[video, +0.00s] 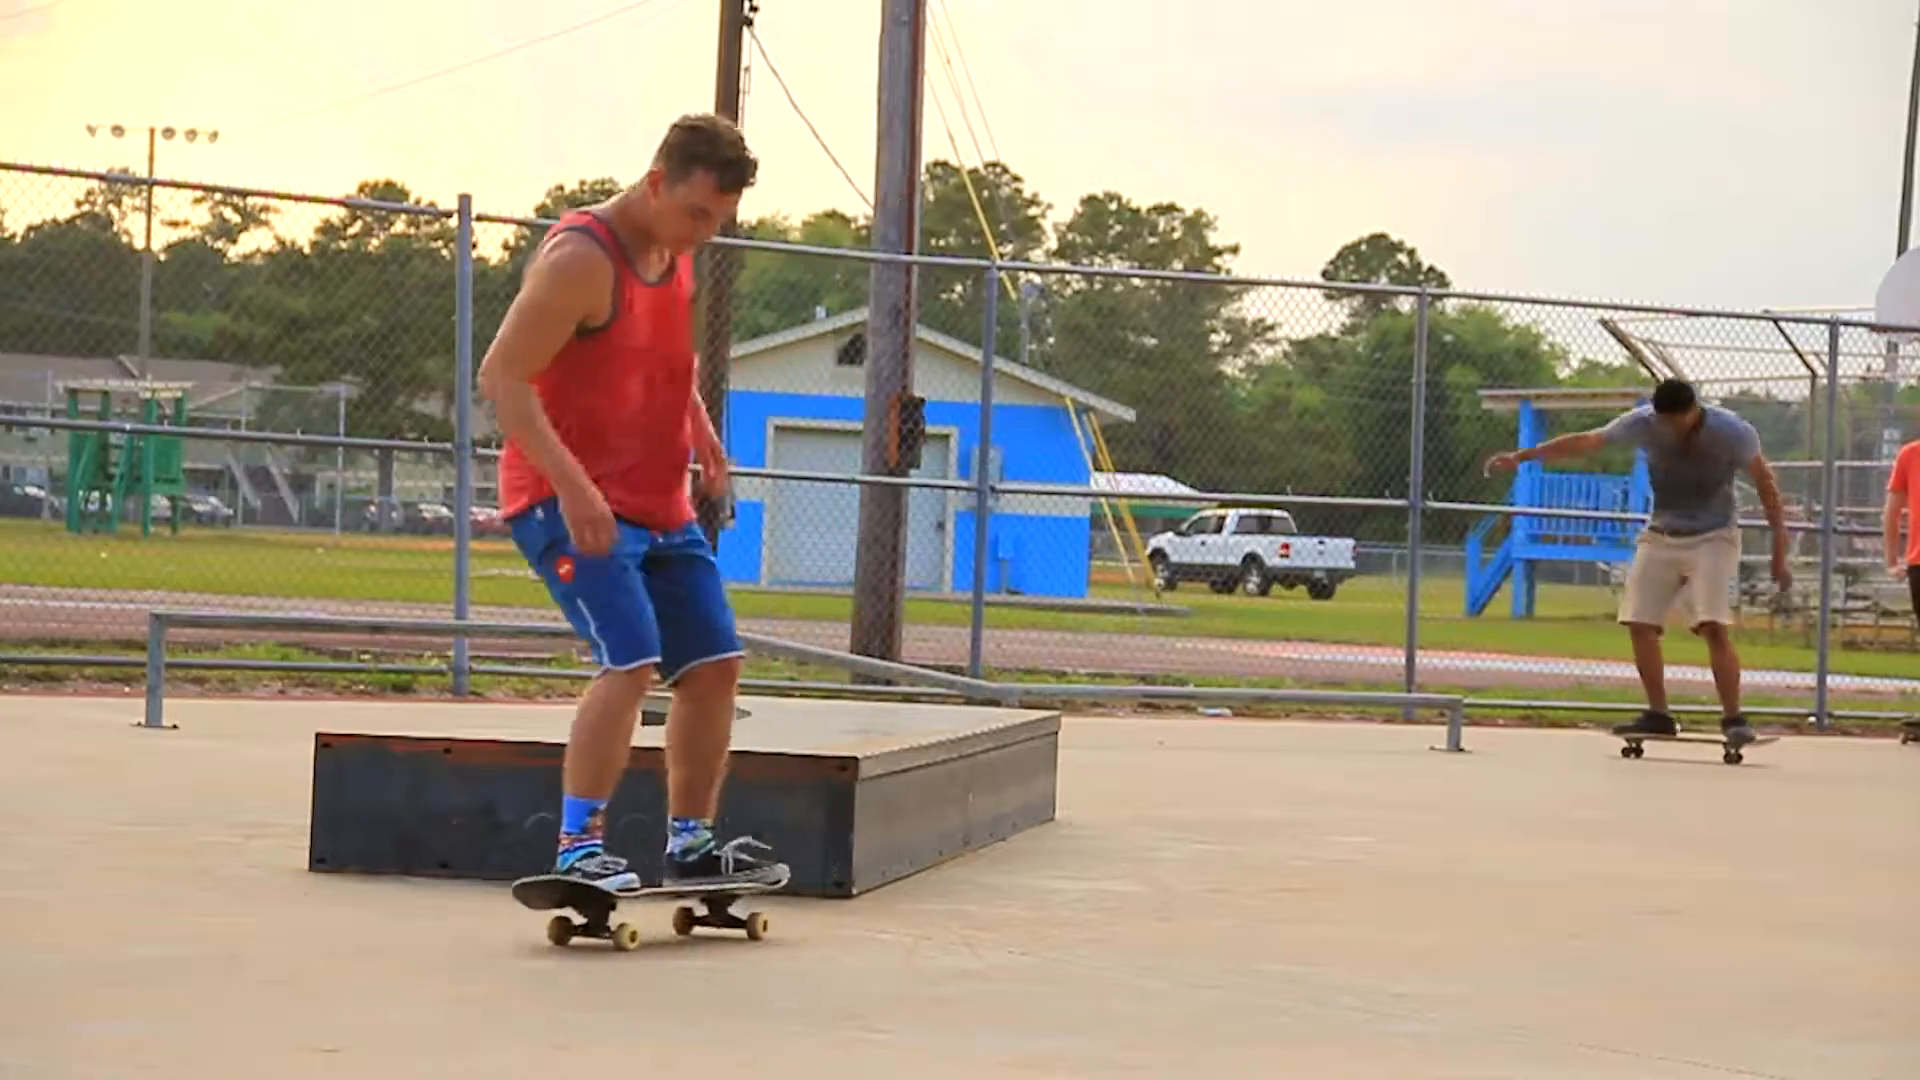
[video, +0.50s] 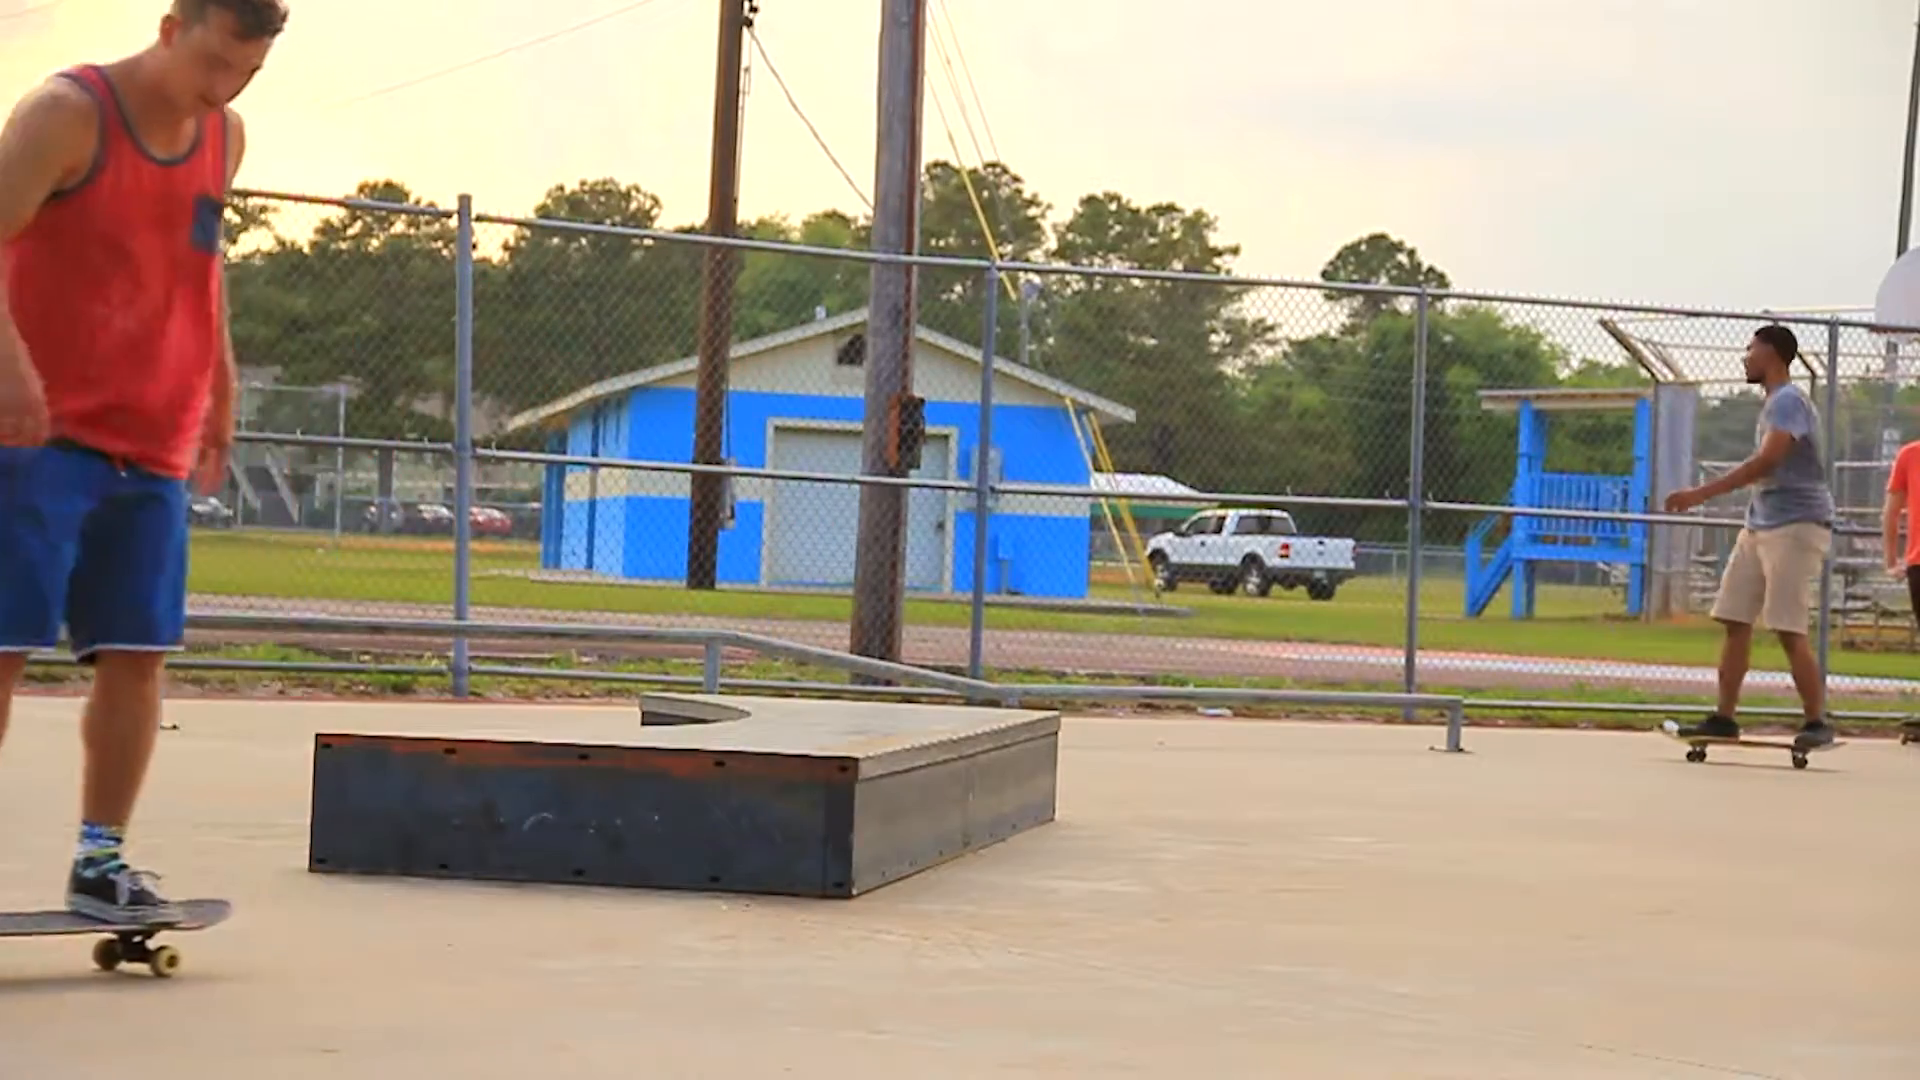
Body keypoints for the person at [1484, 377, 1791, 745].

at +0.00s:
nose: (1674, 432)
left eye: (1681, 425)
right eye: (1666, 425)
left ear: (1696, 411)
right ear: (1656, 414)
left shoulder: (1732, 432)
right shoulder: (1644, 423)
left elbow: (1766, 485)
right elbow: (1585, 443)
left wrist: (1780, 553)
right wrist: (1523, 455)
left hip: (1713, 539)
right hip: (1661, 537)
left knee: (1714, 626)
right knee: (1639, 623)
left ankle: (1734, 720)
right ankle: (1658, 715)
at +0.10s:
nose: (1690, 405)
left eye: (1696, 399)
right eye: (1684, 398)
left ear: (1717, 388)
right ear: (1679, 391)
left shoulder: (1750, 424)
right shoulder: (1667, 410)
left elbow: (1762, 495)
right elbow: (1614, 431)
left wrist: (1750, 557)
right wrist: (1549, 442)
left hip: (1733, 538)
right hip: (1678, 536)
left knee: (1742, 630)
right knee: (1664, 624)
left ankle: (1757, 720)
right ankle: (1681, 716)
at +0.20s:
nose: (1703, 387)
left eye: (1709, 379)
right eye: (1699, 379)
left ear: (1733, 373)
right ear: (1698, 374)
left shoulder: (1764, 417)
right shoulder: (1693, 403)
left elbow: (1757, 494)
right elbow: (1649, 435)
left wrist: (1717, 537)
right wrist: (1591, 457)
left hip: (1748, 531)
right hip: (1697, 528)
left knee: (1760, 627)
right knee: (1685, 622)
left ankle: (1780, 721)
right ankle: (1702, 716)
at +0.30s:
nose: (1715, 367)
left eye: (1722, 359)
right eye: (1714, 360)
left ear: (1749, 360)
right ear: (1724, 362)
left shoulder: (1776, 412)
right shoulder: (1718, 405)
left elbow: (1761, 476)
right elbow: (1696, 452)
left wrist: (1697, 507)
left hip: (1762, 530)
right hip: (1714, 530)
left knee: (1775, 626)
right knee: (1706, 623)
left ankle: (1804, 719)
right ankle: (1718, 718)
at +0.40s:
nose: (1729, 358)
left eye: (1737, 351)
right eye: (1731, 351)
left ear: (1765, 355)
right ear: (1755, 356)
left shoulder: (1786, 407)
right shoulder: (1745, 410)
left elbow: (1760, 468)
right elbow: (1748, 474)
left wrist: (1691, 489)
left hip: (1777, 530)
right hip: (1732, 531)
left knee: (1783, 627)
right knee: (1718, 621)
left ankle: (1820, 721)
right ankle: (1727, 718)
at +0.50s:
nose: (1745, 355)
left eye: (1753, 347)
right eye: (1748, 348)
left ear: (1776, 355)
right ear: (1769, 357)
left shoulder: (1789, 400)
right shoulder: (1771, 405)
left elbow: (1766, 462)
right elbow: (1777, 474)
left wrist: (1698, 493)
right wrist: (1757, 522)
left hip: (1795, 529)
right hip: (1761, 529)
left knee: (1788, 627)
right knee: (1736, 620)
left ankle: (1816, 723)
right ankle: (1724, 717)